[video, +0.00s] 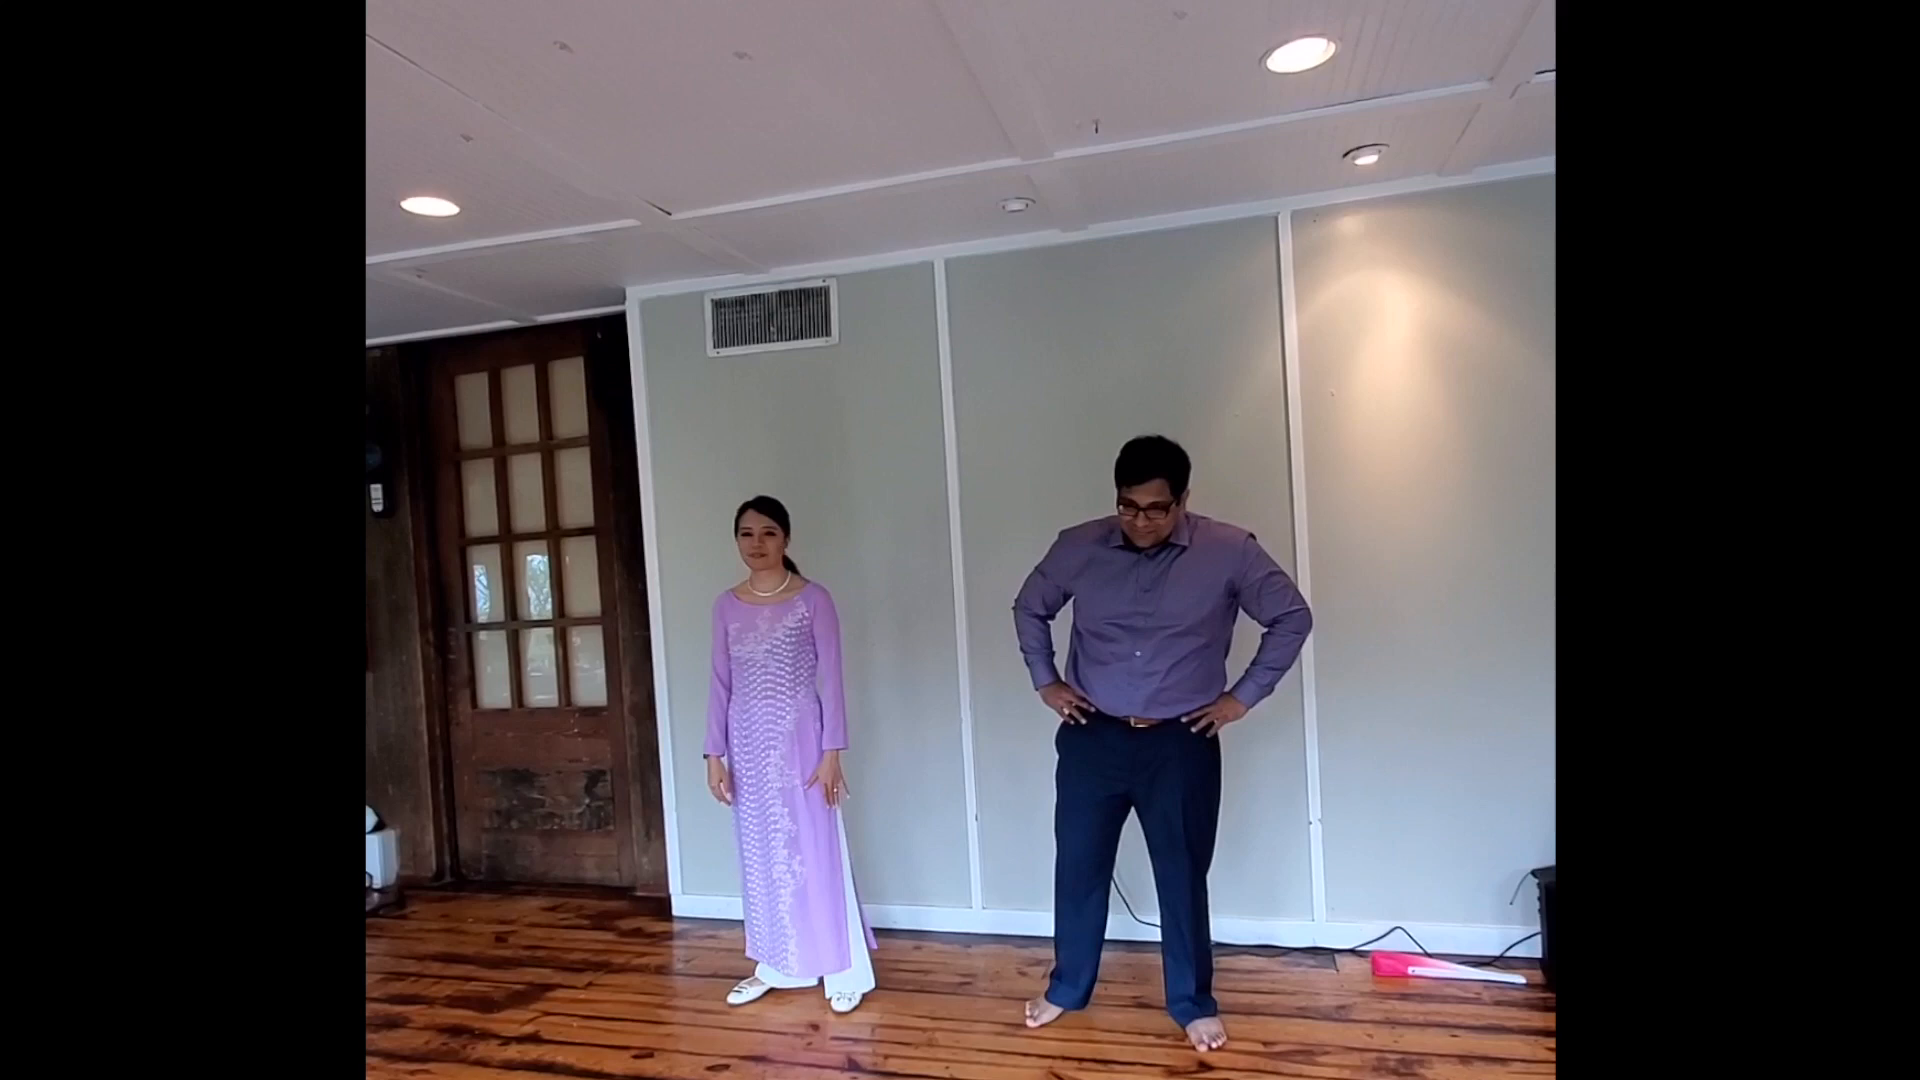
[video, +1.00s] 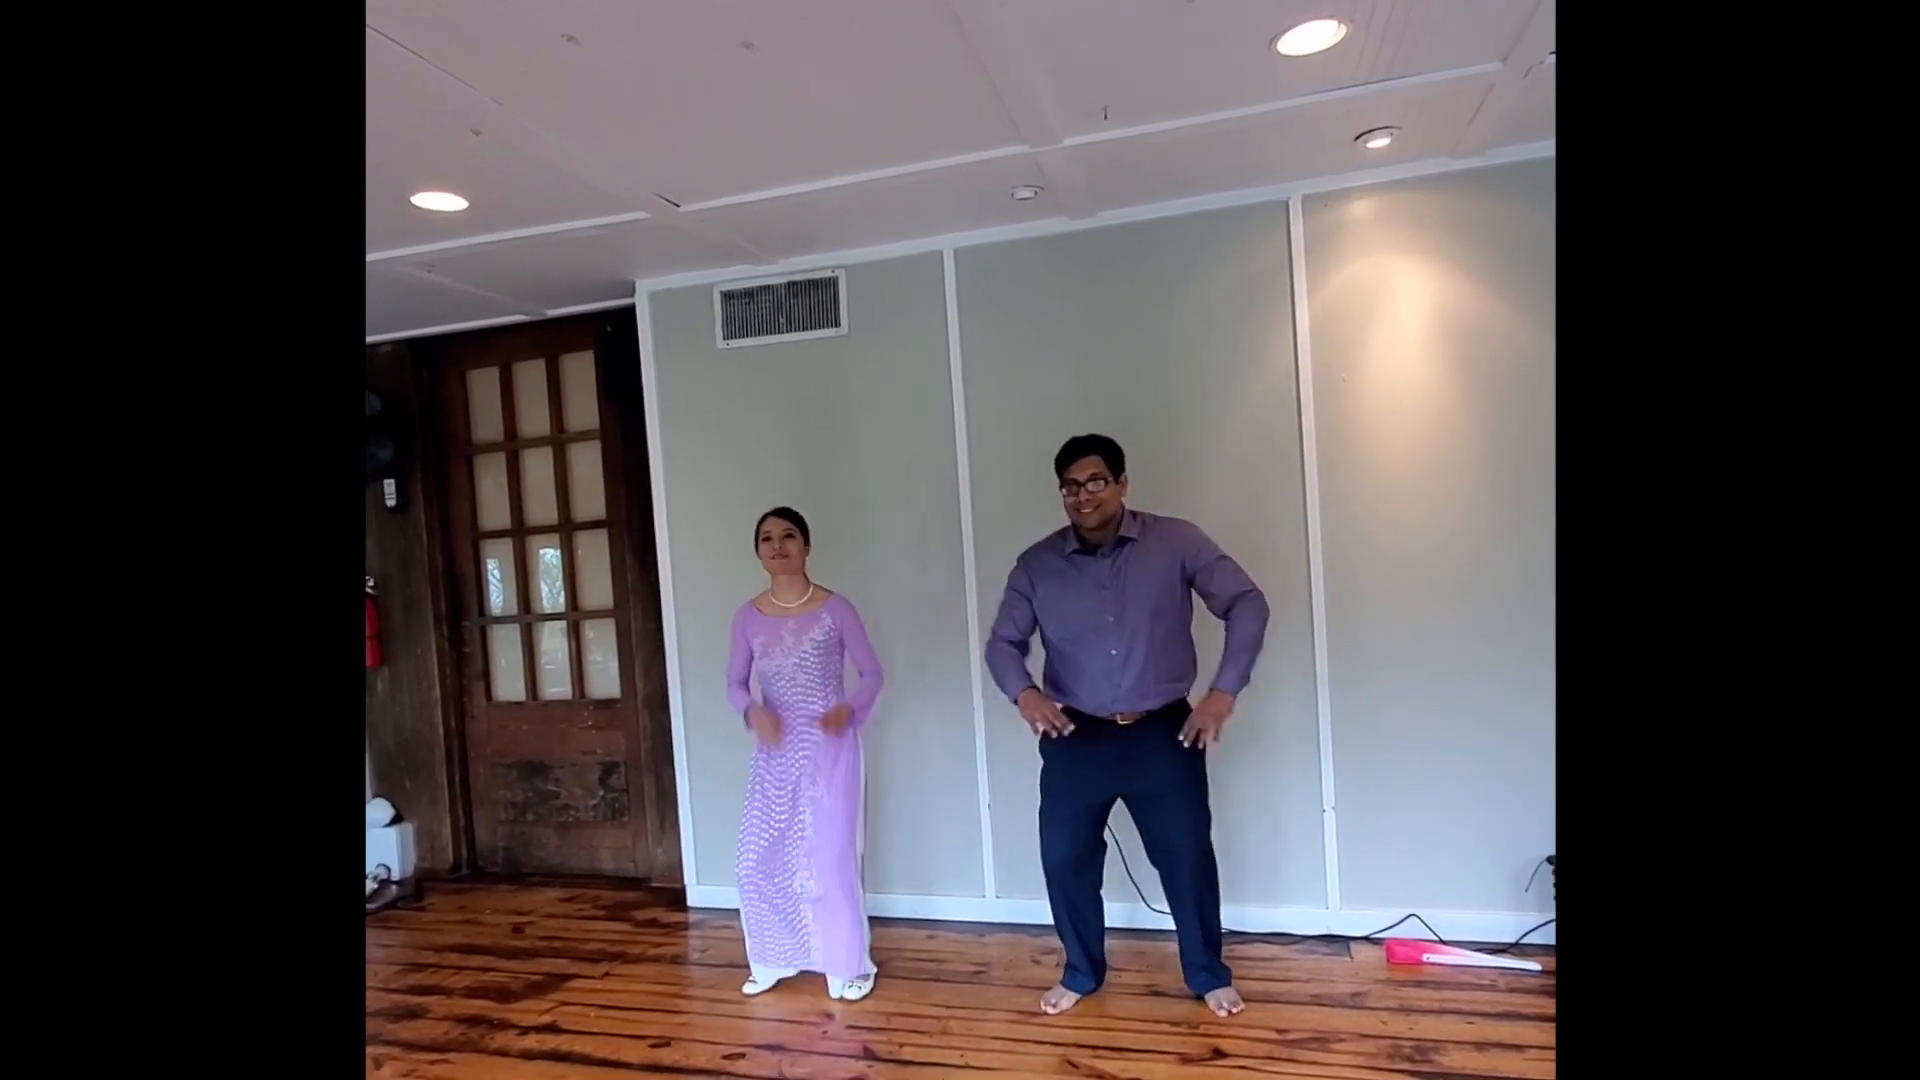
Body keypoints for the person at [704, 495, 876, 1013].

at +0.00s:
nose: (757, 542)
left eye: (768, 532)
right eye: (747, 533)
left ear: (786, 538)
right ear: (736, 542)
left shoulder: (813, 598)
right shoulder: (728, 606)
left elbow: (831, 680)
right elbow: (720, 684)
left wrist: (833, 751)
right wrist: (716, 753)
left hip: (801, 745)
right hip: (748, 749)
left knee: (816, 859)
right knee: (763, 859)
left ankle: (844, 971)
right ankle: (778, 966)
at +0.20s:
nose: (762, 541)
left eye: (770, 532)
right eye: (750, 533)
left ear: (783, 539)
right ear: (732, 542)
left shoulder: (807, 598)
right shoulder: (718, 606)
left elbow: (826, 677)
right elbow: (711, 685)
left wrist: (832, 747)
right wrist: (709, 755)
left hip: (798, 746)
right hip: (743, 751)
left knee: (810, 857)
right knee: (757, 860)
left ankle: (831, 970)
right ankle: (770, 970)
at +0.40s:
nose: (754, 542)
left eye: (763, 533)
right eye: (743, 533)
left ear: (777, 537)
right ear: (727, 541)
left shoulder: (803, 597)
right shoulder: (711, 605)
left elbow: (821, 674)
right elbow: (705, 683)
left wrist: (831, 744)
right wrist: (708, 754)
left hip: (797, 744)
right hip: (742, 750)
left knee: (810, 854)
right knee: (755, 857)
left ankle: (831, 966)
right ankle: (764, 967)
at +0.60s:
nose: (752, 543)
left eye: (762, 533)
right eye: (741, 535)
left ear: (776, 537)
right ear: (726, 542)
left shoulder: (804, 595)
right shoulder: (713, 605)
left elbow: (822, 673)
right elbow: (708, 683)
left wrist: (829, 741)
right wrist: (712, 753)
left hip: (797, 743)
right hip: (743, 749)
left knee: (811, 855)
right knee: (754, 857)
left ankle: (840, 965)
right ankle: (759, 966)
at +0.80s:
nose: (762, 543)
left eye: (771, 533)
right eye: (750, 535)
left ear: (785, 536)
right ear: (736, 541)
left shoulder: (814, 592)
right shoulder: (723, 603)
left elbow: (833, 670)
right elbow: (722, 682)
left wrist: (837, 736)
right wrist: (730, 748)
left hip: (808, 741)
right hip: (754, 746)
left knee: (817, 852)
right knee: (762, 855)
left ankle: (839, 964)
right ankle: (769, 963)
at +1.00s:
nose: (778, 546)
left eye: (788, 537)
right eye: (768, 540)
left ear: (806, 546)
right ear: (757, 552)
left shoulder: (836, 609)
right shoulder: (749, 617)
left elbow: (873, 675)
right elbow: (736, 683)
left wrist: (852, 709)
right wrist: (753, 710)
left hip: (828, 751)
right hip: (774, 755)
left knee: (831, 854)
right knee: (755, 856)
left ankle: (848, 966)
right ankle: (773, 958)